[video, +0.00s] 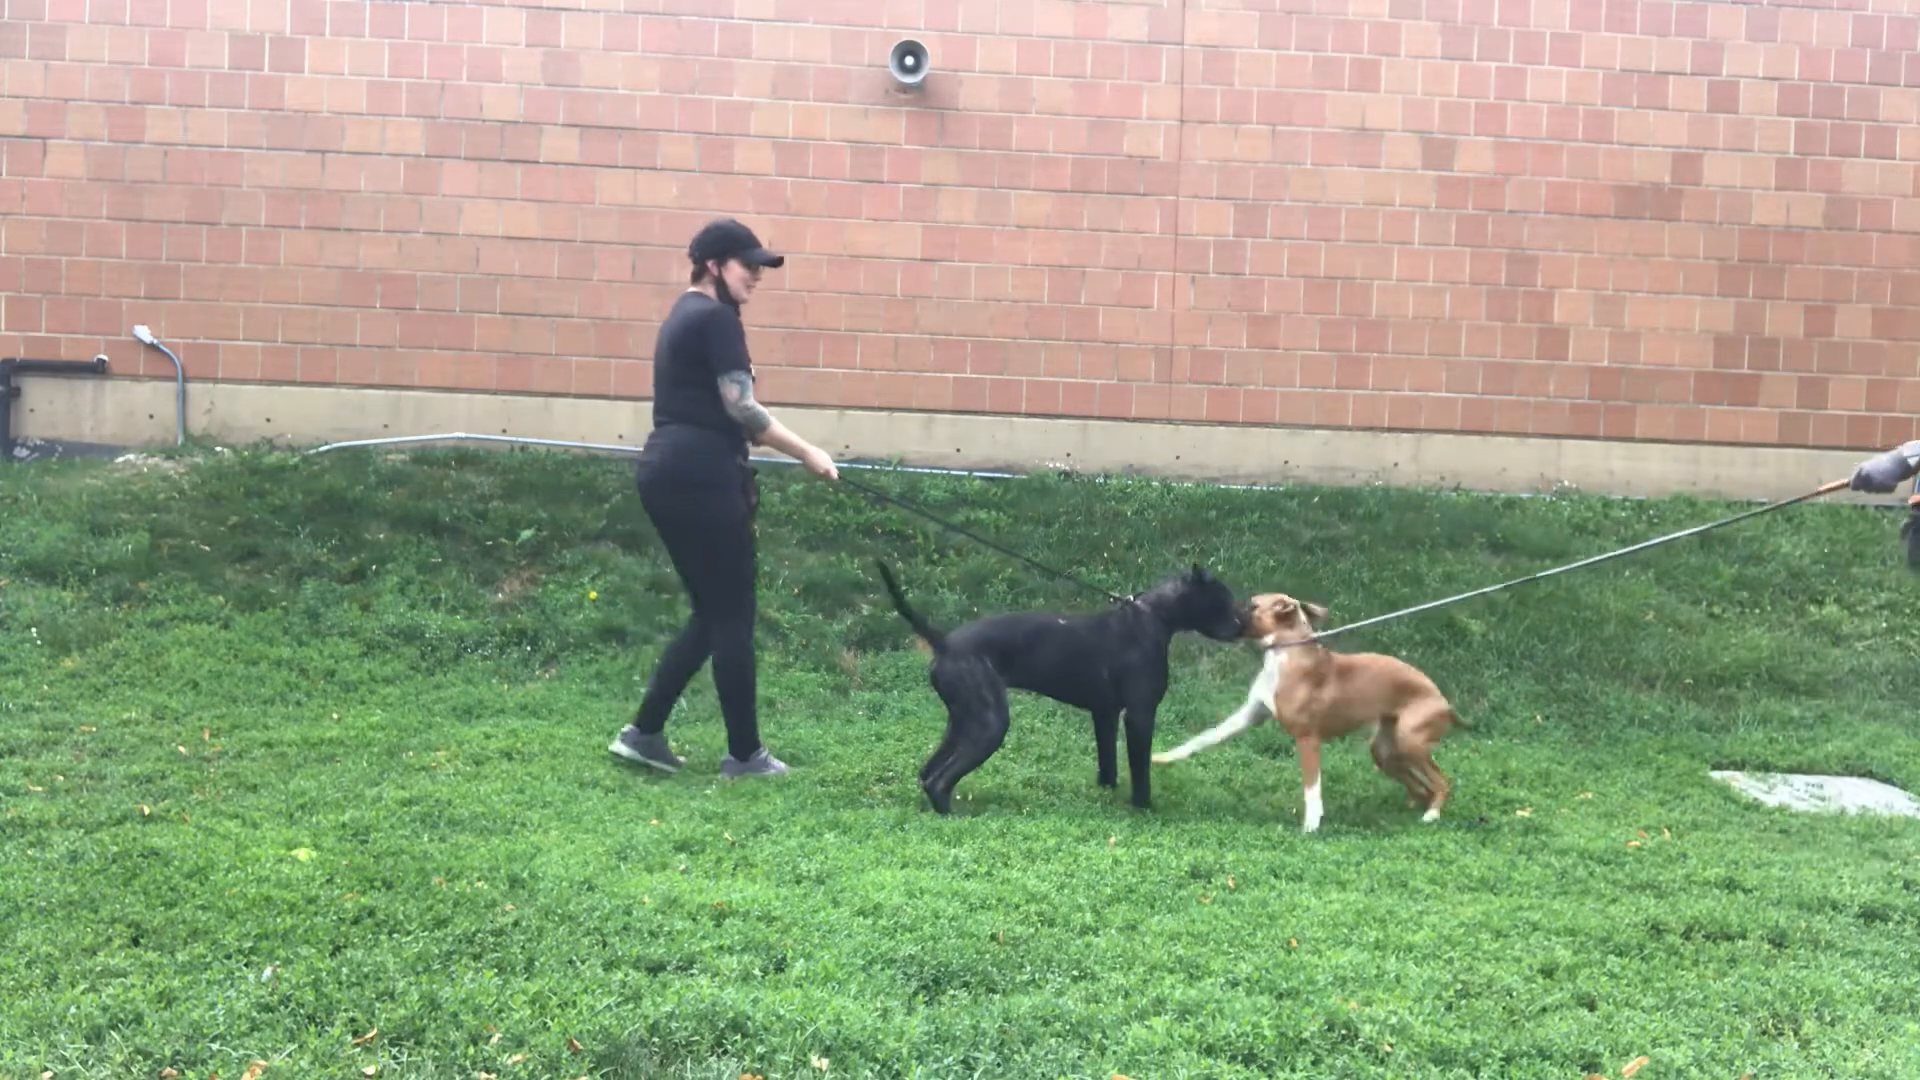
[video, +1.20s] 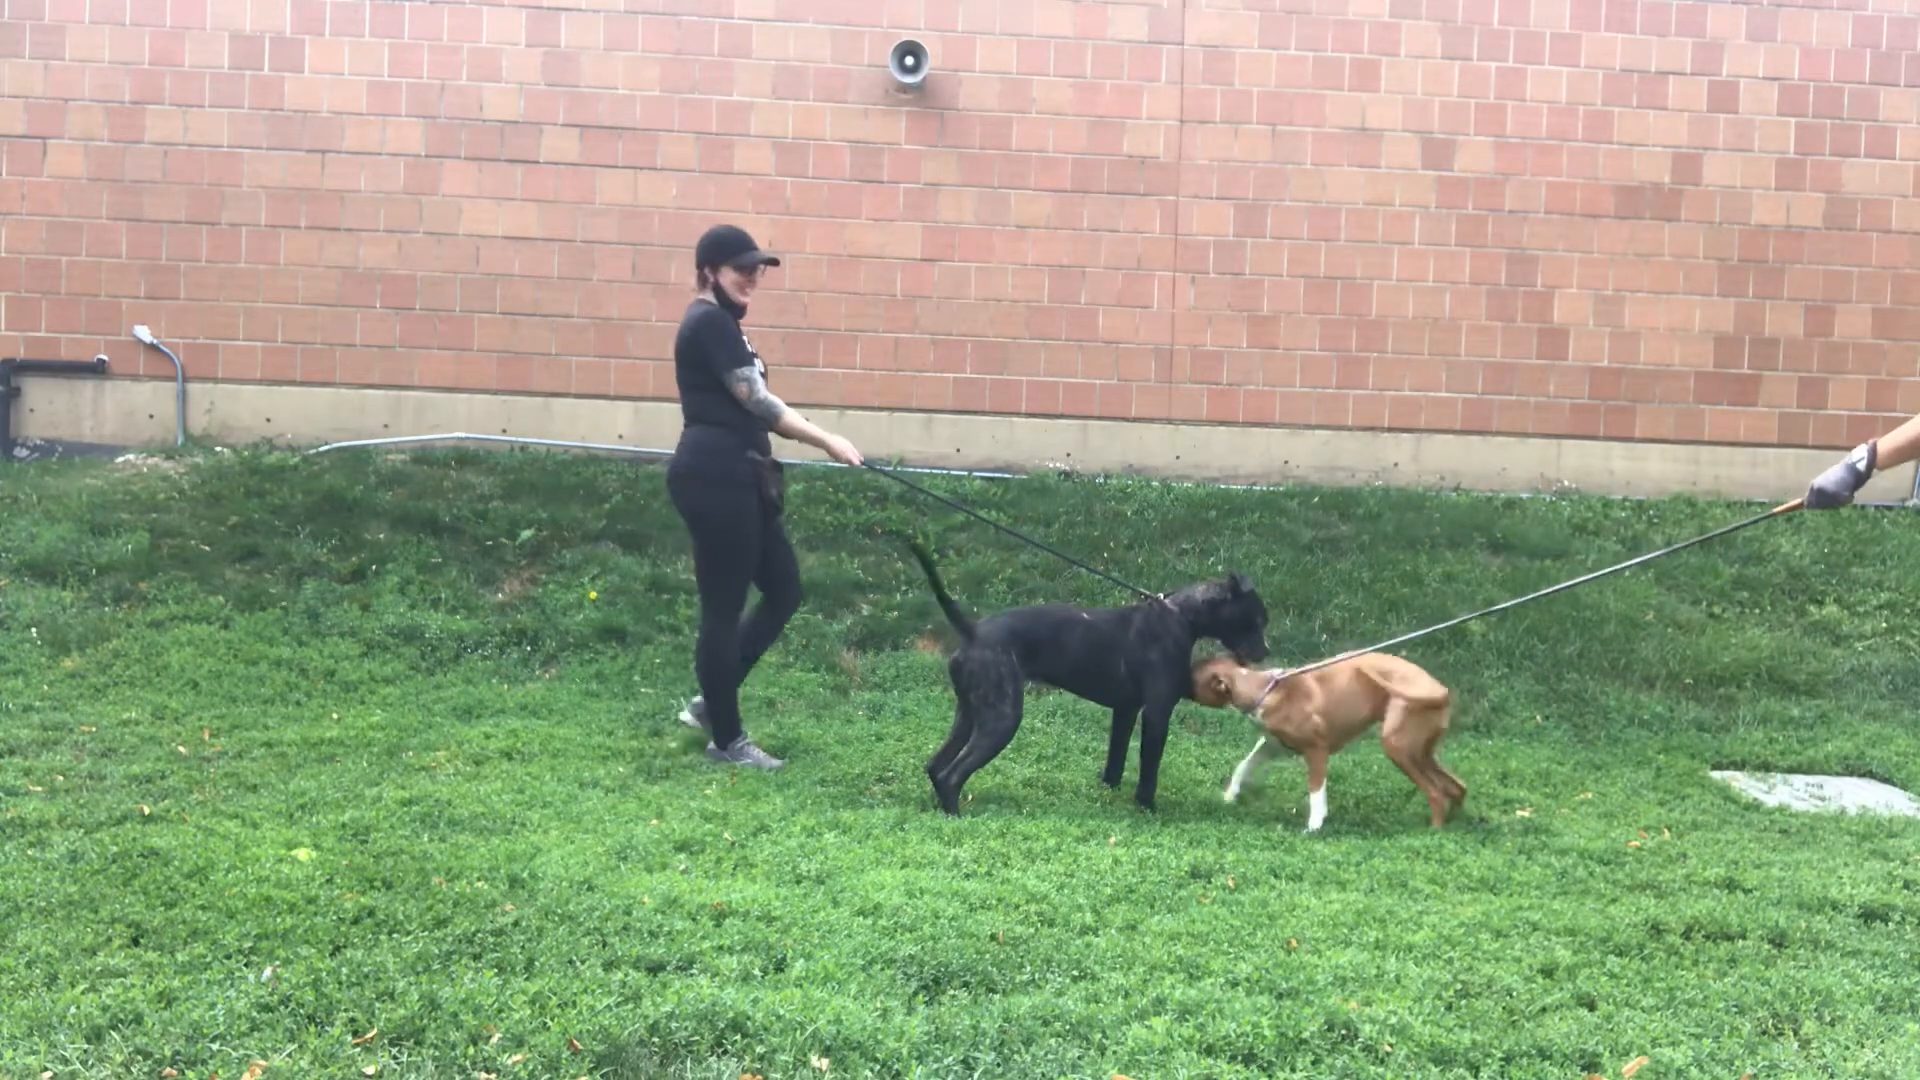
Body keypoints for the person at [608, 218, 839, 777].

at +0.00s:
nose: (756, 277)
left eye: (758, 267)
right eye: (748, 265)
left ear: (711, 269)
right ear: (714, 265)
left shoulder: (685, 312)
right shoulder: (716, 316)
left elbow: (690, 407)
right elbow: (740, 405)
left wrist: (737, 458)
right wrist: (807, 452)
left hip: (665, 466)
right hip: (702, 470)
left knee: (711, 611)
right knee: (733, 613)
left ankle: (644, 732)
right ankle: (746, 754)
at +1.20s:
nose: (753, 279)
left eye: (757, 270)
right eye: (744, 269)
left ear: (743, 274)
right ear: (711, 271)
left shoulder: (718, 319)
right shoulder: (709, 322)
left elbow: (749, 403)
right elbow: (759, 404)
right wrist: (827, 439)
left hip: (732, 472)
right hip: (716, 474)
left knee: (785, 591)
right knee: (722, 608)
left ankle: (710, 701)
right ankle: (726, 742)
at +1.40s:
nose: (771, 284)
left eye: (775, 276)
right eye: (762, 274)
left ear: (759, 277)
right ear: (729, 274)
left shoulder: (740, 323)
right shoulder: (722, 324)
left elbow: (761, 404)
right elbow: (766, 401)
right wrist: (839, 438)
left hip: (760, 470)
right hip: (728, 472)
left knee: (783, 597)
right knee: (731, 607)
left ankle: (795, 719)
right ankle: (727, 740)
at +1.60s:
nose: (785, 288)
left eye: (789, 280)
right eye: (776, 279)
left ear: (790, 282)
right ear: (744, 280)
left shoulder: (780, 336)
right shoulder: (731, 336)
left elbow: (786, 409)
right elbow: (774, 407)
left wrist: (817, 417)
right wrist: (847, 439)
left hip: (791, 476)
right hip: (745, 479)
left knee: (787, 605)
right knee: (757, 605)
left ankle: (797, 723)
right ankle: (730, 739)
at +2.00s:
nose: (804, 287)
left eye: (808, 279)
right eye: (794, 278)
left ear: (808, 283)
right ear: (764, 281)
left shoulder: (803, 343)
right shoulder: (749, 338)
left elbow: (805, 420)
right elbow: (794, 406)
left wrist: (822, 480)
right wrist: (865, 439)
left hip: (802, 481)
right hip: (754, 478)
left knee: (795, 605)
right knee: (754, 603)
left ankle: (797, 723)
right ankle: (718, 729)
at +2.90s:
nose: (830, 295)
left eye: (836, 287)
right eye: (821, 285)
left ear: (839, 290)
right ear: (793, 286)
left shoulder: (835, 347)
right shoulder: (774, 339)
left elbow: (842, 415)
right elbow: (804, 411)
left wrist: (846, 479)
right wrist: (870, 445)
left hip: (824, 482)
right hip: (774, 479)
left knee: (807, 605)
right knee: (772, 600)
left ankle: (798, 725)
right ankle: (724, 726)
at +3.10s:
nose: (838, 296)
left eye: (843, 287)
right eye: (828, 287)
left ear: (848, 289)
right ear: (802, 287)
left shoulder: (843, 348)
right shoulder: (784, 339)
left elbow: (845, 412)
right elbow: (810, 408)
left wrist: (873, 430)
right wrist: (878, 444)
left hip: (829, 478)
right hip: (786, 473)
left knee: (812, 591)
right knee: (832, 580)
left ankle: (800, 716)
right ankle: (779, 706)